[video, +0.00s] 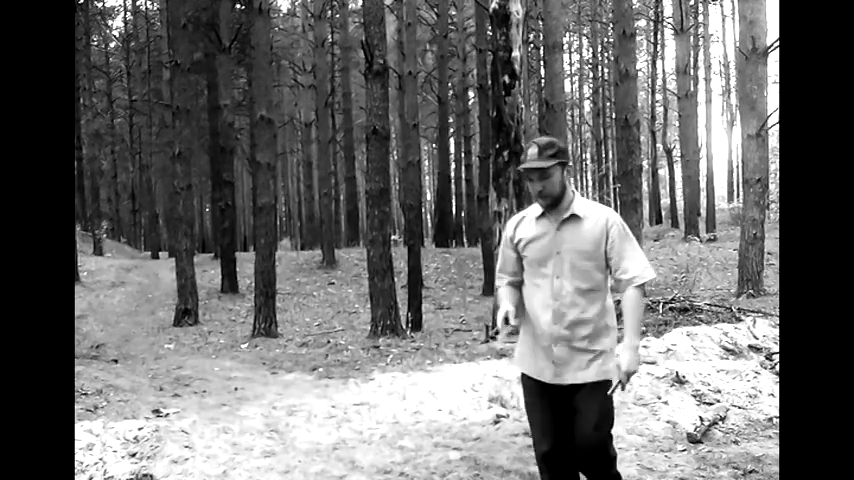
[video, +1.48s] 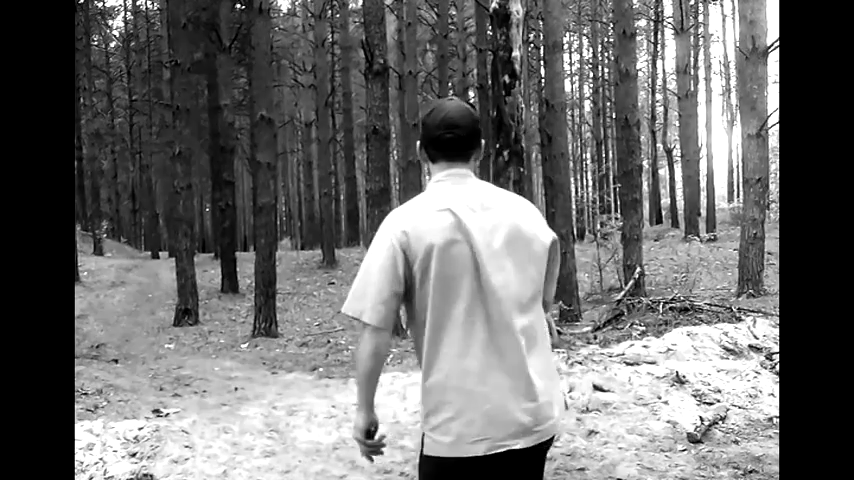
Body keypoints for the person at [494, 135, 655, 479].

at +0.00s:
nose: (537, 187)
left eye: (544, 177)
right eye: (530, 179)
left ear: (565, 171)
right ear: (523, 180)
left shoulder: (604, 222)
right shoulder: (518, 228)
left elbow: (632, 284)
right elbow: (507, 279)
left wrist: (630, 346)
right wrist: (507, 303)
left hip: (591, 365)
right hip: (537, 366)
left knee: (592, 454)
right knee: (550, 460)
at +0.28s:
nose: (519, 188)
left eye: (527, 177)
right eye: (513, 180)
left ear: (553, 169)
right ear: (508, 181)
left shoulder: (598, 227)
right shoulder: (507, 231)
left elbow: (633, 299)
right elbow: (494, 294)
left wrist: (650, 373)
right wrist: (474, 320)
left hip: (581, 382)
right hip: (528, 383)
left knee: (582, 472)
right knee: (547, 472)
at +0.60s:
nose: (484, 167)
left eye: (491, 154)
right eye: (482, 157)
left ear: (524, 151)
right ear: (520, 153)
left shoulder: (570, 211)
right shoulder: (496, 220)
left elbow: (598, 292)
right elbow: (492, 287)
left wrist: (588, 376)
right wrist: (444, 301)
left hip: (568, 392)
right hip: (508, 386)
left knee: (576, 475)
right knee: (485, 470)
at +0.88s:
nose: (436, 172)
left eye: (440, 159)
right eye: (436, 160)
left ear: (467, 161)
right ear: (466, 162)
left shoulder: (521, 217)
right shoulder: (481, 220)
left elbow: (528, 306)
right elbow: (481, 308)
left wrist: (475, 376)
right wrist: (429, 321)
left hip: (521, 413)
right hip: (475, 407)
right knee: (462, 472)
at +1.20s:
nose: (424, 156)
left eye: (424, 148)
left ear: (427, 153)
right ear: (483, 153)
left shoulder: (441, 217)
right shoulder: (516, 213)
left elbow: (441, 323)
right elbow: (531, 309)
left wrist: (423, 411)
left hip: (470, 425)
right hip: (524, 418)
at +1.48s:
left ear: (422, 153)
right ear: (479, 150)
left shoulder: (405, 224)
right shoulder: (527, 214)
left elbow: (376, 330)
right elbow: (545, 303)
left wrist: (365, 409)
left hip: (458, 430)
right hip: (535, 421)